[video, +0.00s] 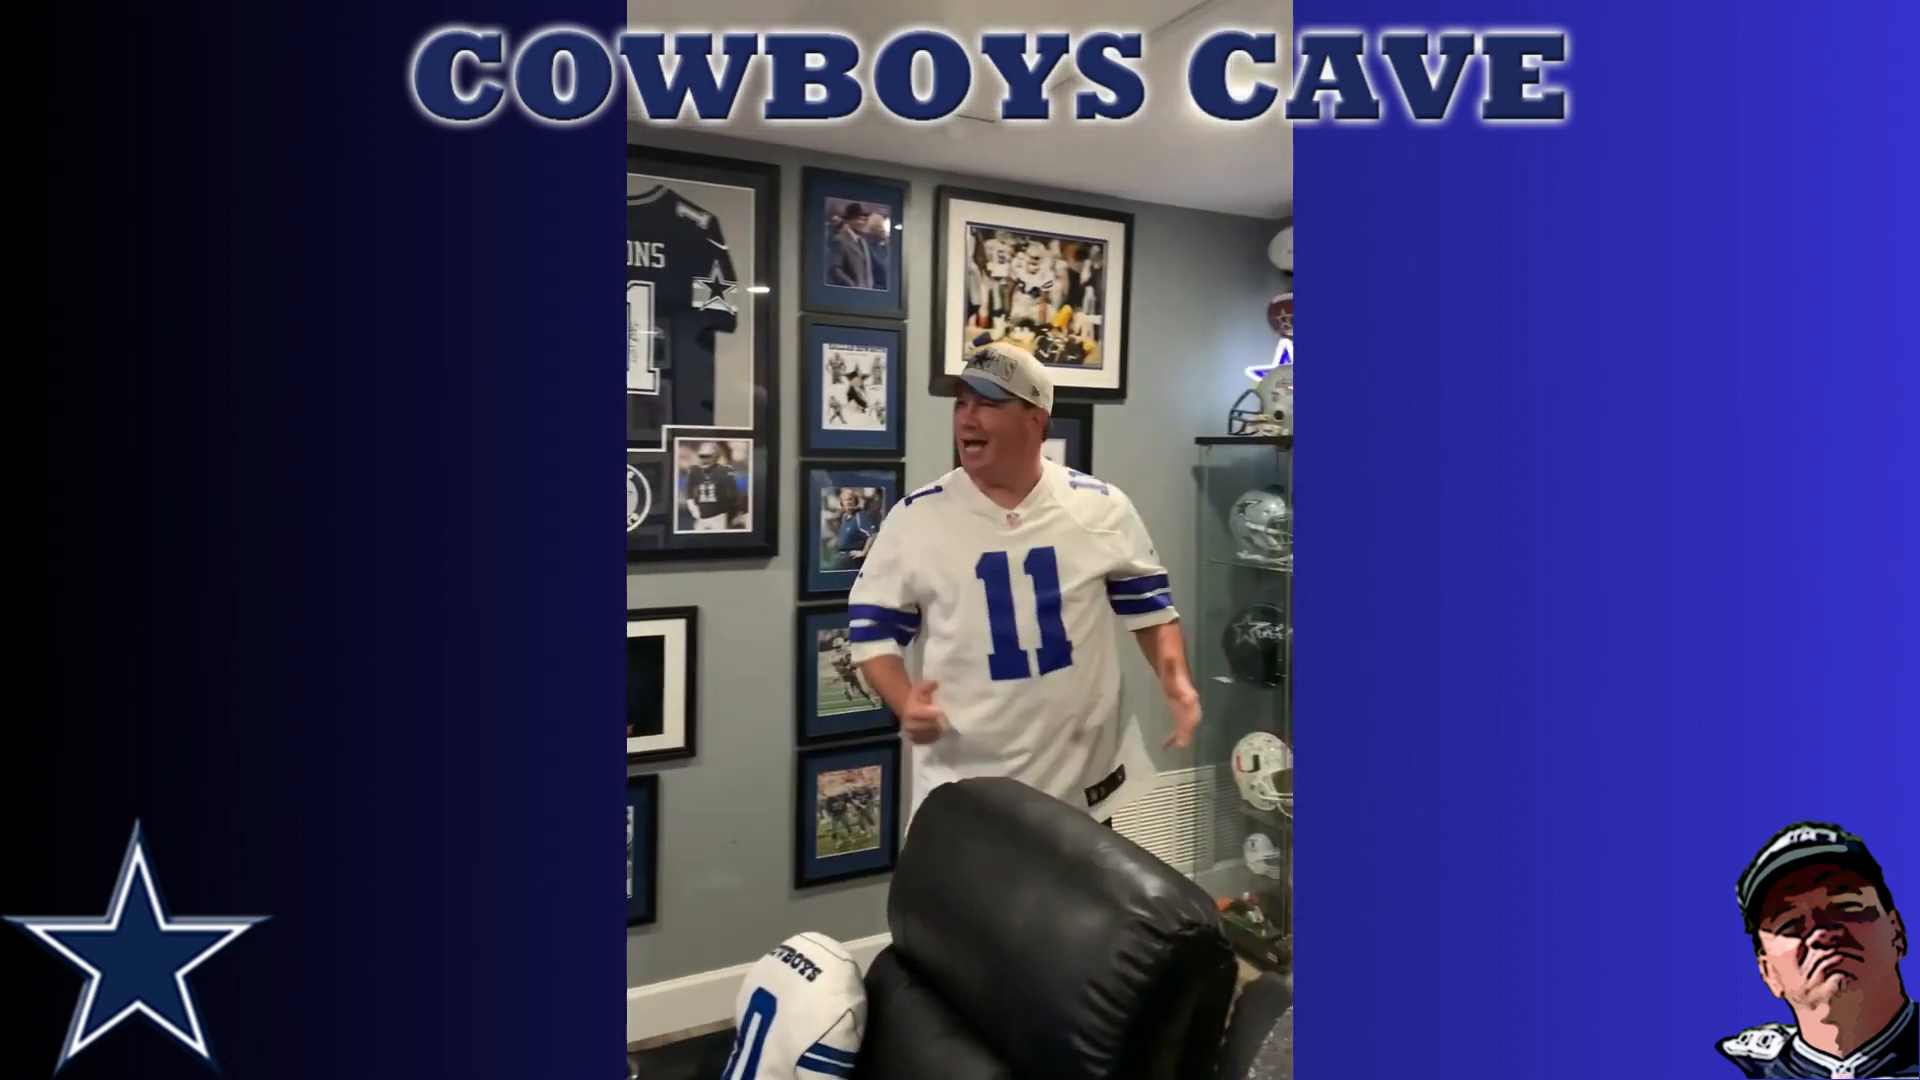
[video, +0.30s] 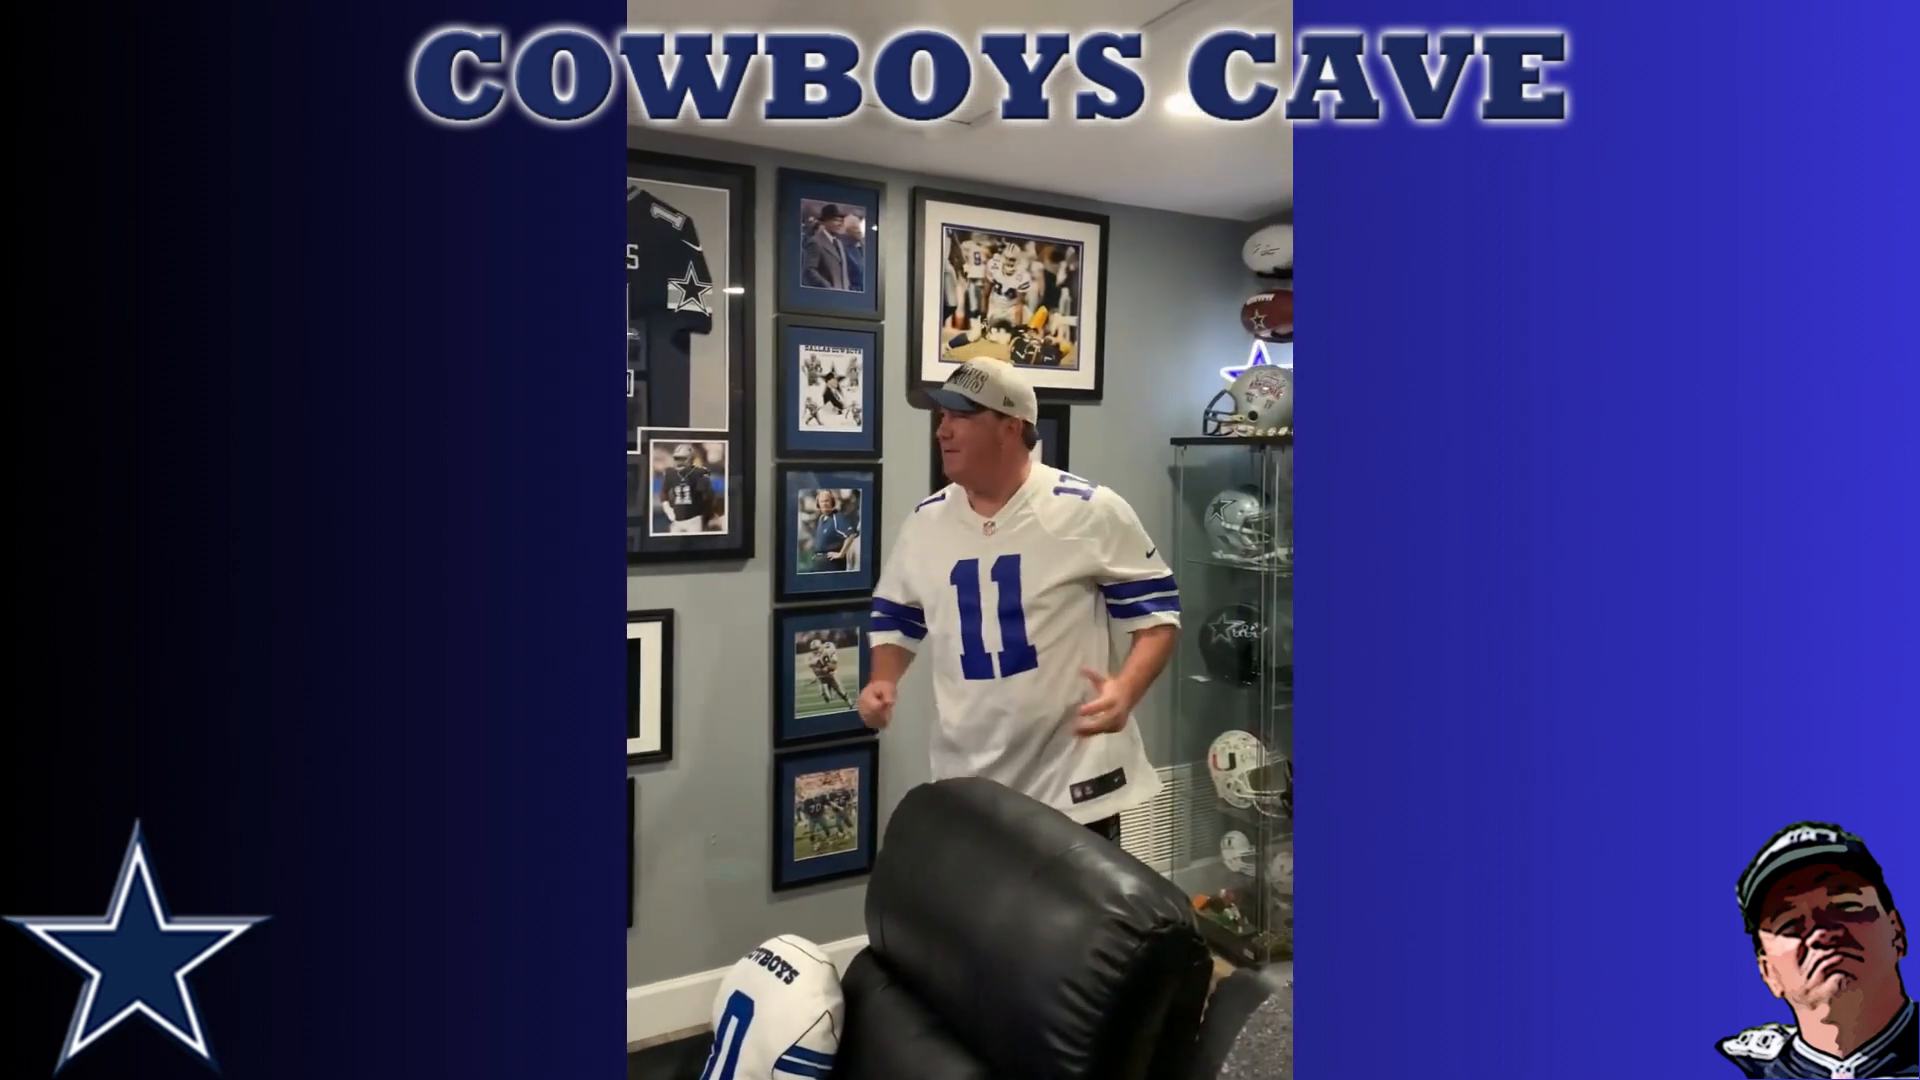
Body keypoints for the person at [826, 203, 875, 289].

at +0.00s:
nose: (864, 223)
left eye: (865, 219)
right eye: (860, 219)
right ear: (850, 219)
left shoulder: (862, 241)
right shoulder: (839, 240)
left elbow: (867, 266)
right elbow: (834, 268)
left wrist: (869, 283)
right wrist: (851, 285)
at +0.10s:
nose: (853, 223)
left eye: (855, 220)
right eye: (850, 219)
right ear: (839, 220)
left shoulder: (852, 242)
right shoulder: (828, 241)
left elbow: (856, 268)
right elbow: (823, 269)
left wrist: (859, 286)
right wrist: (841, 287)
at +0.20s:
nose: (846, 224)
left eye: (847, 221)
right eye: (842, 220)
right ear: (832, 221)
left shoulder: (844, 242)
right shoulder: (821, 242)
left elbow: (849, 269)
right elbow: (815, 270)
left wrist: (852, 286)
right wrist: (834, 288)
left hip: (848, 293)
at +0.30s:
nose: (840, 224)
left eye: (841, 221)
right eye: (836, 220)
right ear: (826, 221)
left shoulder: (838, 243)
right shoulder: (815, 242)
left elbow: (842, 268)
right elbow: (809, 270)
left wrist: (846, 285)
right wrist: (827, 288)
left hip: (843, 292)